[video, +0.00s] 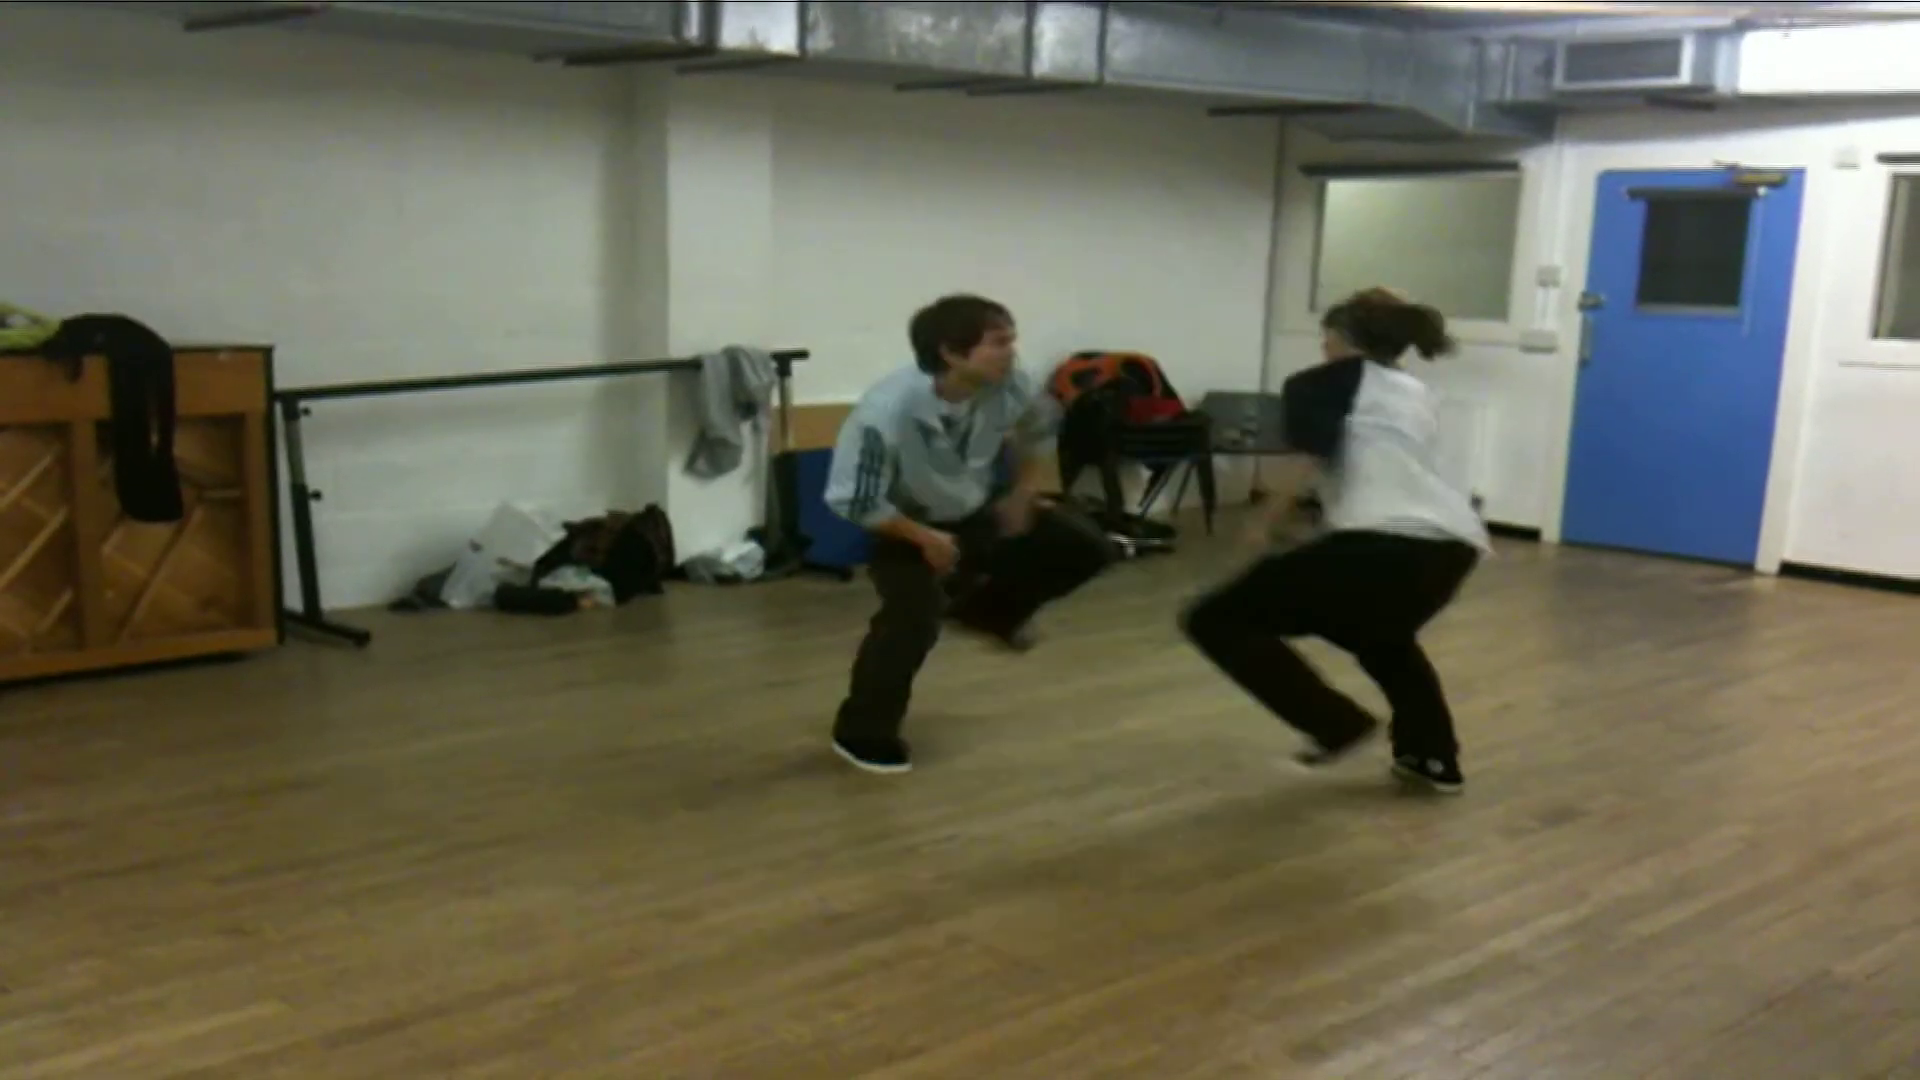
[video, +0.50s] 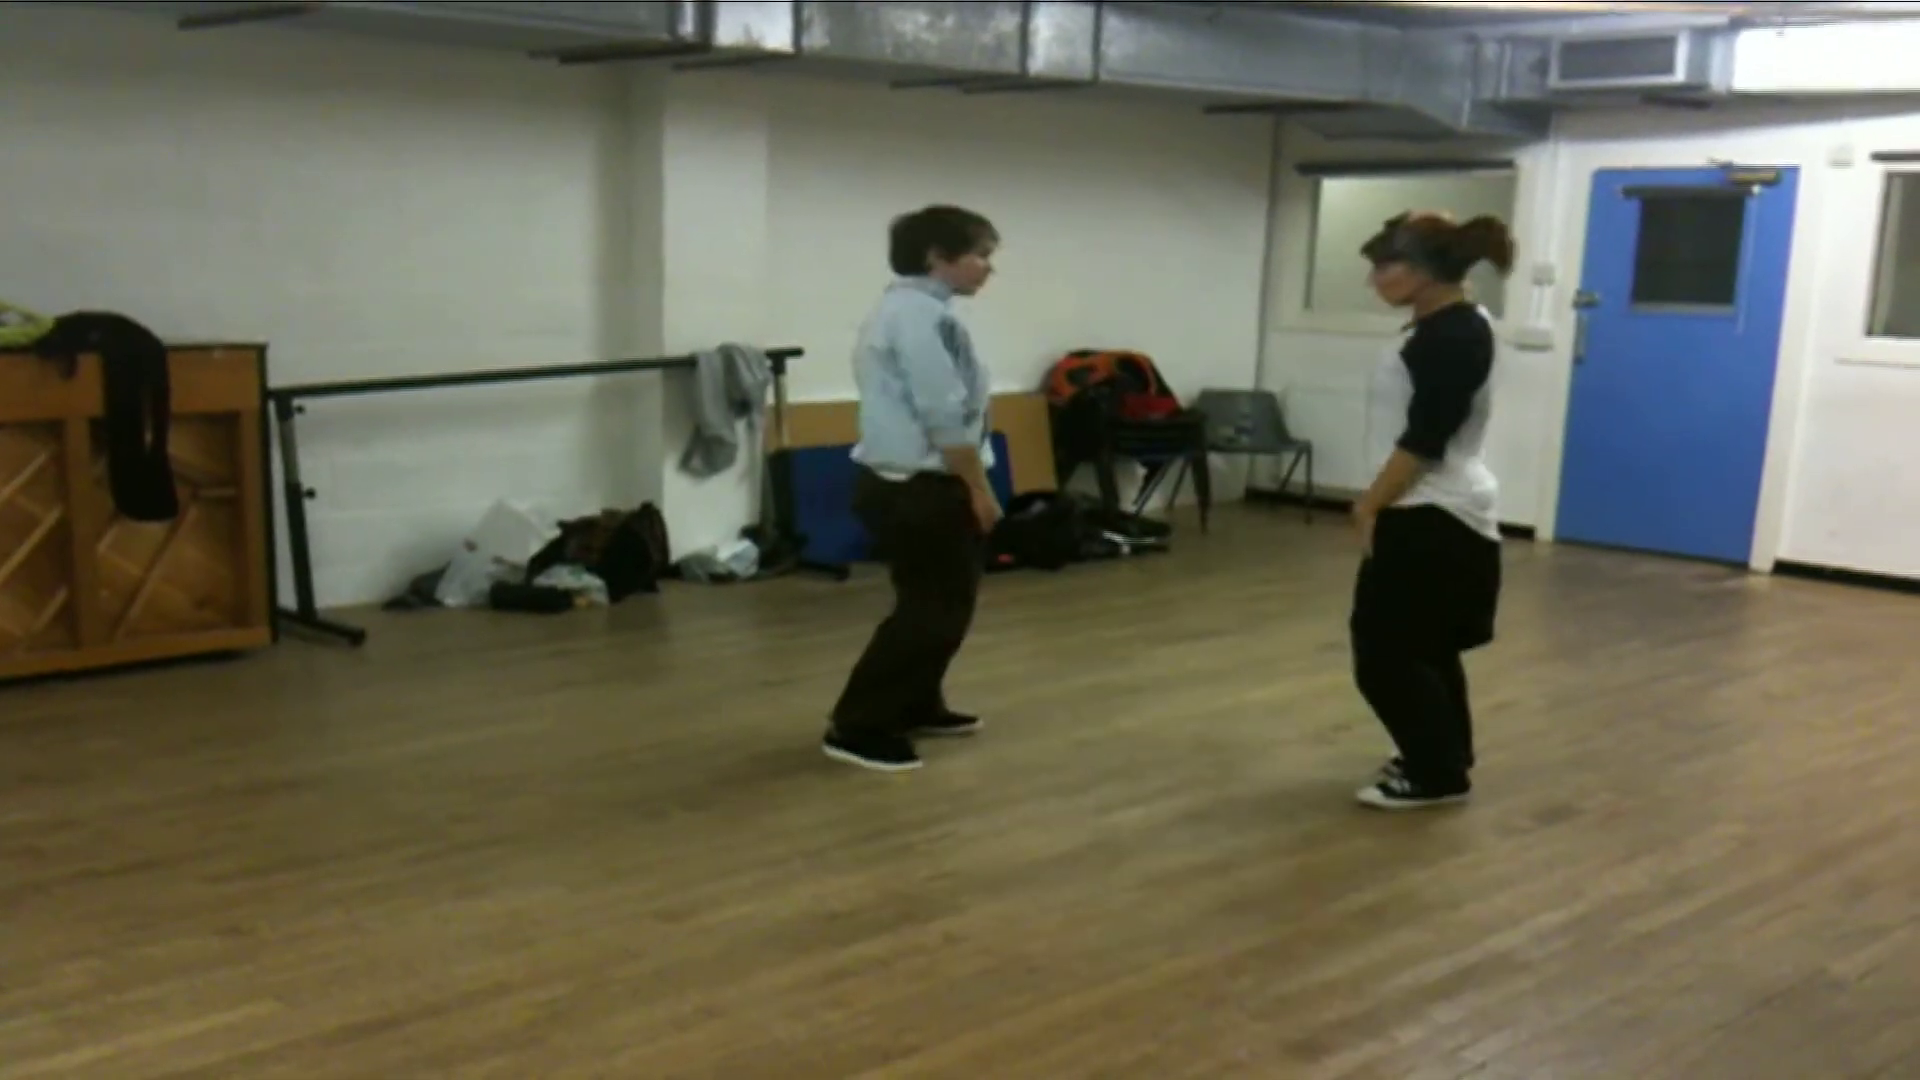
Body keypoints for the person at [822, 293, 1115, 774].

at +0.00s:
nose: (1010, 352)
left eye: (1010, 341)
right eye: (997, 342)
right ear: (952, 355)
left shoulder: (1008, 386)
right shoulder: (888, 409)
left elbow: (1040, 433)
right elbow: (852, 498)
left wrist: (1022, 497)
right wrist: (922, 537)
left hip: (975, 515)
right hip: (903, 526)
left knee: (1080, 550)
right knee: (914, 610)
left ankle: (990, 610)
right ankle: (863, 731)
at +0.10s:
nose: (1051, 348)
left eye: (1049, 338)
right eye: (1040, 339)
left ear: (1002, 356)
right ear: (998, 355)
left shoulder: (1013, 395)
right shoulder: (920, 395)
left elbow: (996, 447)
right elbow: (849, 478)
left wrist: (978, 499)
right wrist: (901, 525)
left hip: (921, 504)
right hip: (851, 509)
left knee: (1009, 563)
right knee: (896, 608)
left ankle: (942, 663)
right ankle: (859, 730)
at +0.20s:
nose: (1084, 335)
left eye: (1082, 325)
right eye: (1073, 325)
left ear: (1039, 334)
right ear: (1034, 331)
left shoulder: (1013, 383)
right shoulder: (979, 363)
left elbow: (945, 442)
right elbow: (893, 433)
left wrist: (940, 497)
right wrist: (894, 497)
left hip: (884, 492)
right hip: (831, 486)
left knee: (945, 587)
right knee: (882, 608)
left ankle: (919, 704)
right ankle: (856, 726)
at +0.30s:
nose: (1057, 313)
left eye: (1057, 302)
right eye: (1049, 301)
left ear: (1011, 305)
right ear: (1010, 300)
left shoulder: (991, 351)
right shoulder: (976, 327)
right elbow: (920, 394)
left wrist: (936, 488)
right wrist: (927, 478)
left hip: (884, 485)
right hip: (848, 480)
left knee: (935, 584)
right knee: (900, 596)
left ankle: (914, 700)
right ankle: (858, 728)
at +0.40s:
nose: (1011, 278)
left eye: (1010, 267)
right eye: (1002, 266)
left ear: (964, 270)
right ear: (965, 267)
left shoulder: (956, 314)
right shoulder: (942, 304)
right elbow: (933, 395)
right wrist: (959, 471)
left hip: (915, 477)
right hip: (887, 477)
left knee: (937, 590)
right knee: (912, 597)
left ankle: (916, 699)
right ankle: (857, 725)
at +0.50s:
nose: (989, 267)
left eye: (989, 256)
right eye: (980, 256)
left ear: (936, 260)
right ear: (939, 258)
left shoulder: (912, 309)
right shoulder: (916, 316)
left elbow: (937, 412)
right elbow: (945, 418)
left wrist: (970, 479)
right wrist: (978, 487)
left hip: (925, 479)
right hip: (912, 484)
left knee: (947, 601)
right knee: (932, 606)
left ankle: (919, 702)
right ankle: (858, 727)